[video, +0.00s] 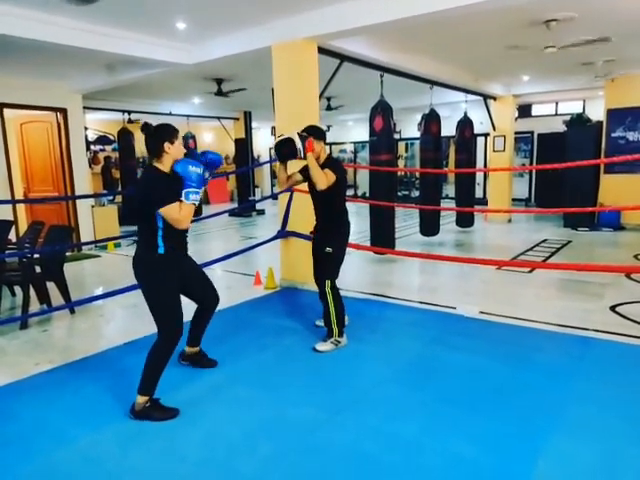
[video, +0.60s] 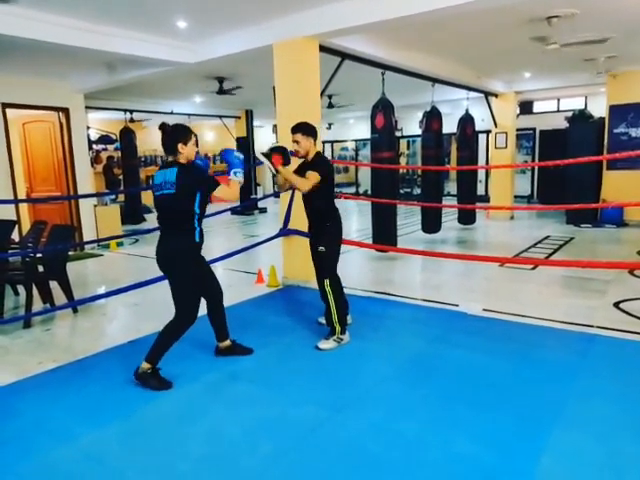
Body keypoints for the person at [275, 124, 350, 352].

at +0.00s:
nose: (307, 150)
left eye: (310, 145)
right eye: (305, 146)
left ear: (321, 144)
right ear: (307, 148)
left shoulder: (335, 166)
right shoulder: (311, 167)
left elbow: (321, 183)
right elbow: (285, 184)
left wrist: (310, 156)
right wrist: (282, 161)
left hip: (336, 228)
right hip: (321, 228)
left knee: (327, 280)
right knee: (321, 278)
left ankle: (336, 335)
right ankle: (335, 317)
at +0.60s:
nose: (294, 147)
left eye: (297, 142)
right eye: (293, 143)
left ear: (311, 141)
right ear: (304, 143)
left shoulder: (321, 163)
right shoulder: (305, 164)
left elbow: (304, 186)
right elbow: (283, 186)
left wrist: (280, 167)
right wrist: (278, 169)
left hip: (328, 227)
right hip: (316, 226)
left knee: (327, 278)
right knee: (325, 275)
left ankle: (339, 332)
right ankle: (339, 313)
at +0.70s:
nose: (292, 147)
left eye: (295, 142)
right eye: (291, 143)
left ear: (308, 141)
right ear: (301, 143)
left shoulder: (314, 162)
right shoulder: (307, 164)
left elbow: (281, 165)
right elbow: (288, 192)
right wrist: (282, 170)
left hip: (323, 225)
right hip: (318, 224)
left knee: (317, 277)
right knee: (326, 271)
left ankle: (337, 331)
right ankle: (343, 313)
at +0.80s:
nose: (287, 147)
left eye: (290, 142)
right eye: (286, 143)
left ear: (303, 141)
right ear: (300, 143)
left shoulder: (305, 161)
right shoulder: (305, 164)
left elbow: (269, 159)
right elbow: (288, 195)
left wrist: (236, 157)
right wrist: (281, 175)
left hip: (317, 223)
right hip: (318, 221)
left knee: (301, 273)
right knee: (325, 269)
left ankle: (325, 324)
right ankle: (342, 312)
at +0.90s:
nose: (278, 148)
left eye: (281, 143)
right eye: (278, 144)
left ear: (294, 143)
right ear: (290, 144)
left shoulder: (298, 163)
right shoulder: (295, 166)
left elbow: (263, 159)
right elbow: (280, 198)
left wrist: (231, 158)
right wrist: (274, 179)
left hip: (309, 227)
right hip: (314, 225)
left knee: (287, 272)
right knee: (323, 270)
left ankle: (296, 325)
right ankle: (342, 313)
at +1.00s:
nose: (268, 151)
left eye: (272, 146)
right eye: (268, 147)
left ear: (285, 145)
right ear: (281, 147)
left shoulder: (289, 165)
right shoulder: (283, 168)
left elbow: (259, 159)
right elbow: (268, 199)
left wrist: (229, 157)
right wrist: (261, 178)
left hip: (300, 229)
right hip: (303, 227)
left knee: (278, 273)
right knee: (317, 271)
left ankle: (265, 326)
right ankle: (342, 312)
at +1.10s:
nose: (257, 153)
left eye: (260, 148)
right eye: (256, 149)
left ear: (275, 147)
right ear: (264, 150)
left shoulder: (279, 168)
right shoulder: (270, 170)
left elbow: (247, 160)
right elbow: (255, 203)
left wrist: (215, 156)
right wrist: (249, 179)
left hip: (287, 230)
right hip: (287, 228)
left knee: (265, 277)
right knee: (302, 272)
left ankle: (257, 329)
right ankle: (337, 306)